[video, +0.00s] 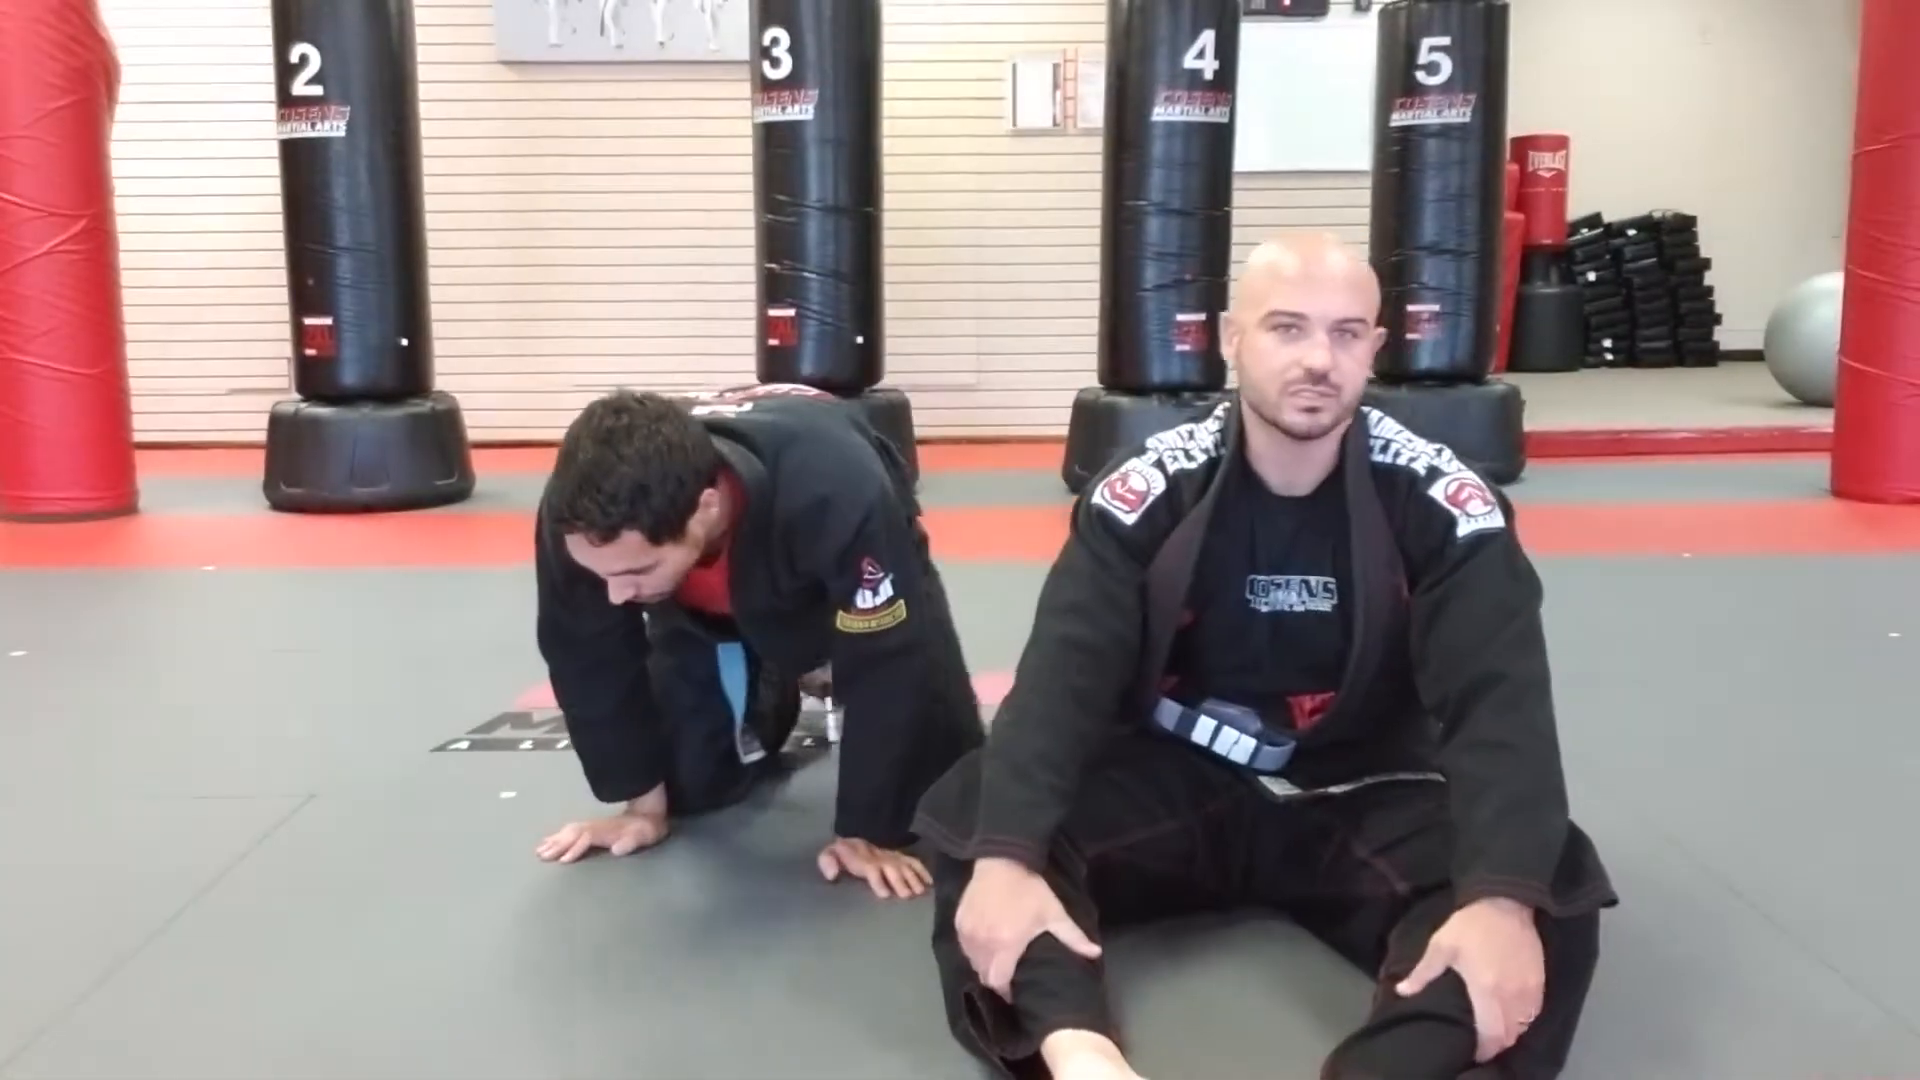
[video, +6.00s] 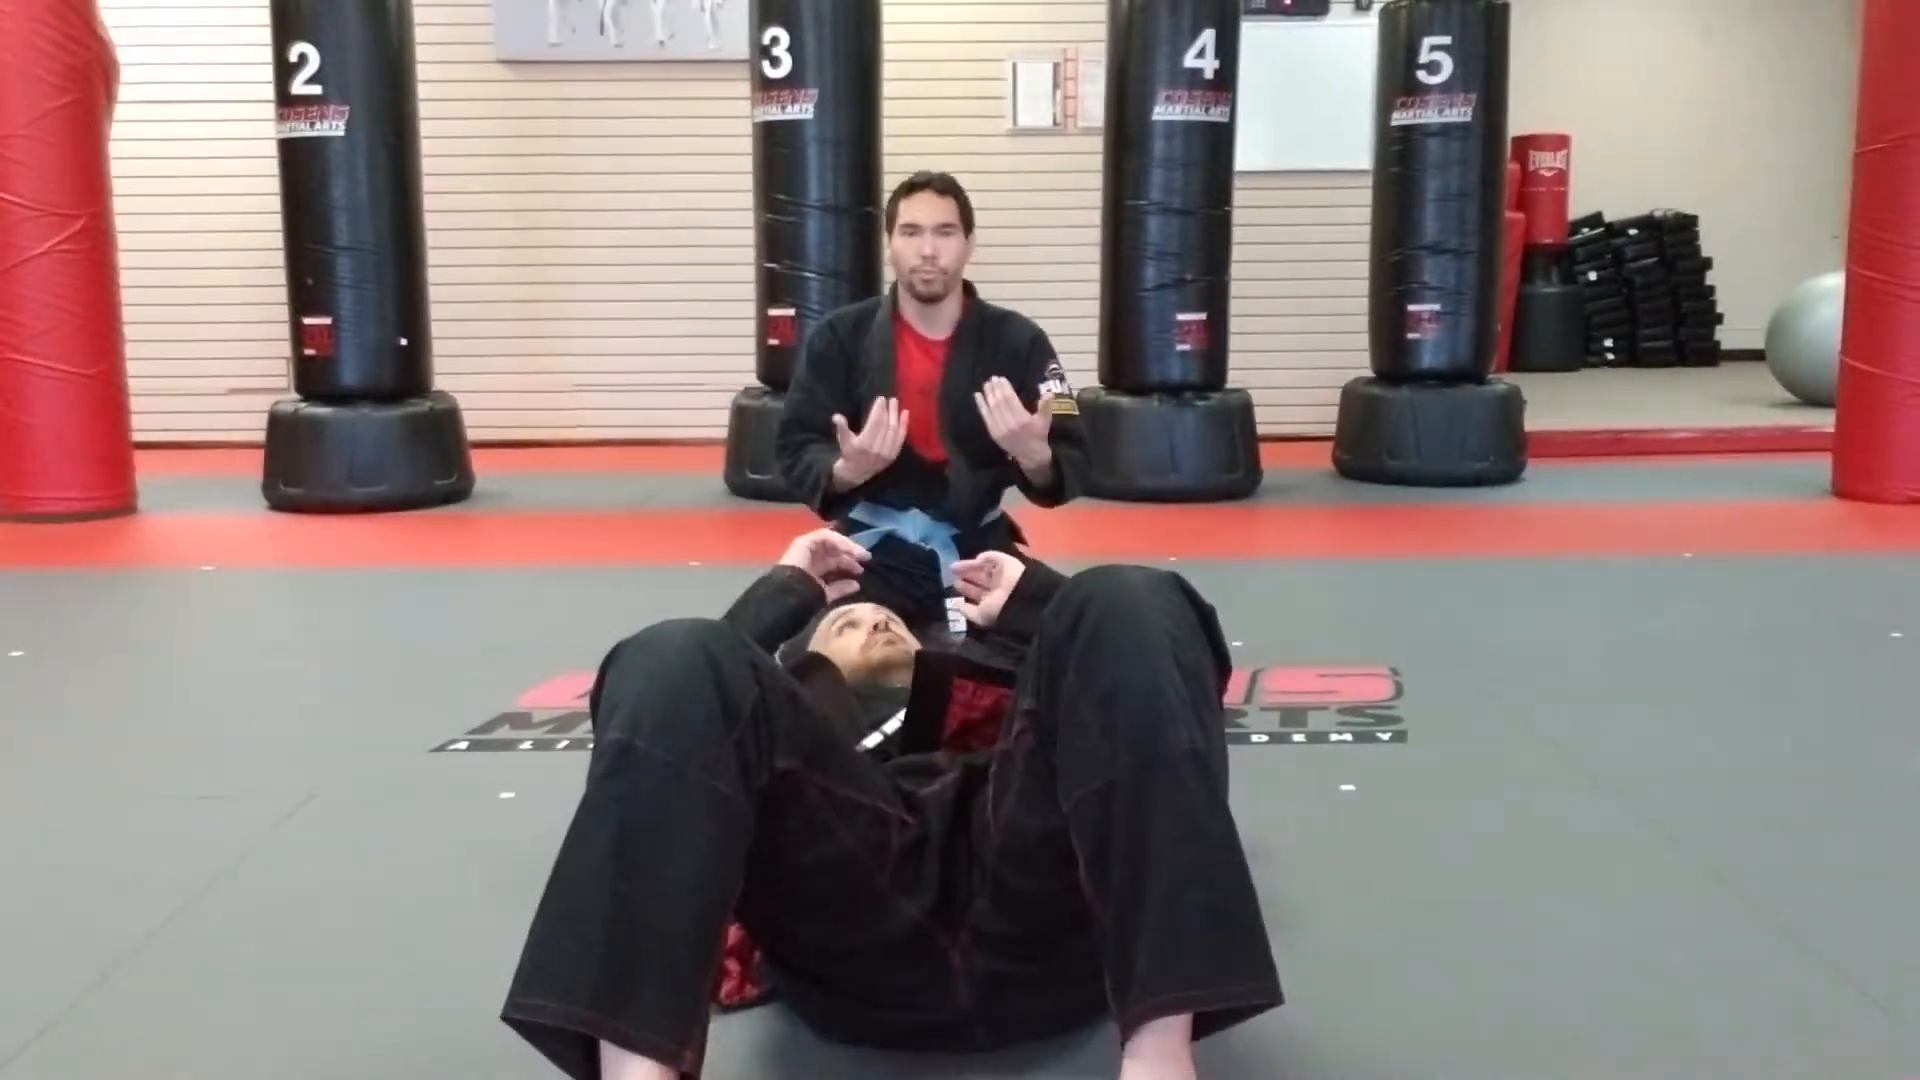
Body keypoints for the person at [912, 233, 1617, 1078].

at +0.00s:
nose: (1318, 360)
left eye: (1346, 333)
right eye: (1287, 330)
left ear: (1375, 347)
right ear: (1232, 340)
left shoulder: (1438, 496)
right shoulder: (1150, 487)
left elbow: (1497, 701)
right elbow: (1063, 678)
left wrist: (1503, 897)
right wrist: (1007, 856)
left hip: (1363, 804)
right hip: (1171, 790)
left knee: (1541, 890)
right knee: (983, 820)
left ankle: (1383, 1061)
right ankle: (1083, 1058)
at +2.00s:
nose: (1293, 355)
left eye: (1321, 330)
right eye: (1264, 323)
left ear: (1350, 347)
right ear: (1204, 336)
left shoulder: (1416, 489)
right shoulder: (1137, 482)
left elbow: (1484, 696)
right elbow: (1065, 677)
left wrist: (1504, 900)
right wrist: (1018, 856)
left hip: (1356, 809)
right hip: (1165, 796)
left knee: (1536, 875)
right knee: (981, 807)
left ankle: (1396, 1067)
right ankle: (1085, 1064)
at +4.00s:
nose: (1080, 357)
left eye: (1103, 319)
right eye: (1046, 332)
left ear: (1157, 307)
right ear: (1014, 339)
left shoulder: (1267, 450)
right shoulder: (973, 457)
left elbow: (1378, 680)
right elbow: (923, 675)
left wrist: (1421, 892)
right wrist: (899, 849)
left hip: (1253, 803)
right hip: (1052, 798)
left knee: (1221, 676)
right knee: (847, 729)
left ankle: (1056, 1042)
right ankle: (789, 1030)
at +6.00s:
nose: (877, 631)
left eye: (893, 627)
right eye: (853, 632)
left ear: (933, 641)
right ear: (814, 664)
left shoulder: (1010, 677)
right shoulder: (793, 712)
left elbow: (1185, 672)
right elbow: (689, 710)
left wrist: (1045, 608)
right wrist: (787, 590)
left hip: (1047, 919)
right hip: (853, 929)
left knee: (1139, 600)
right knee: (666, 661)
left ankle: (1163, 1050)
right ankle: (638, 1062)